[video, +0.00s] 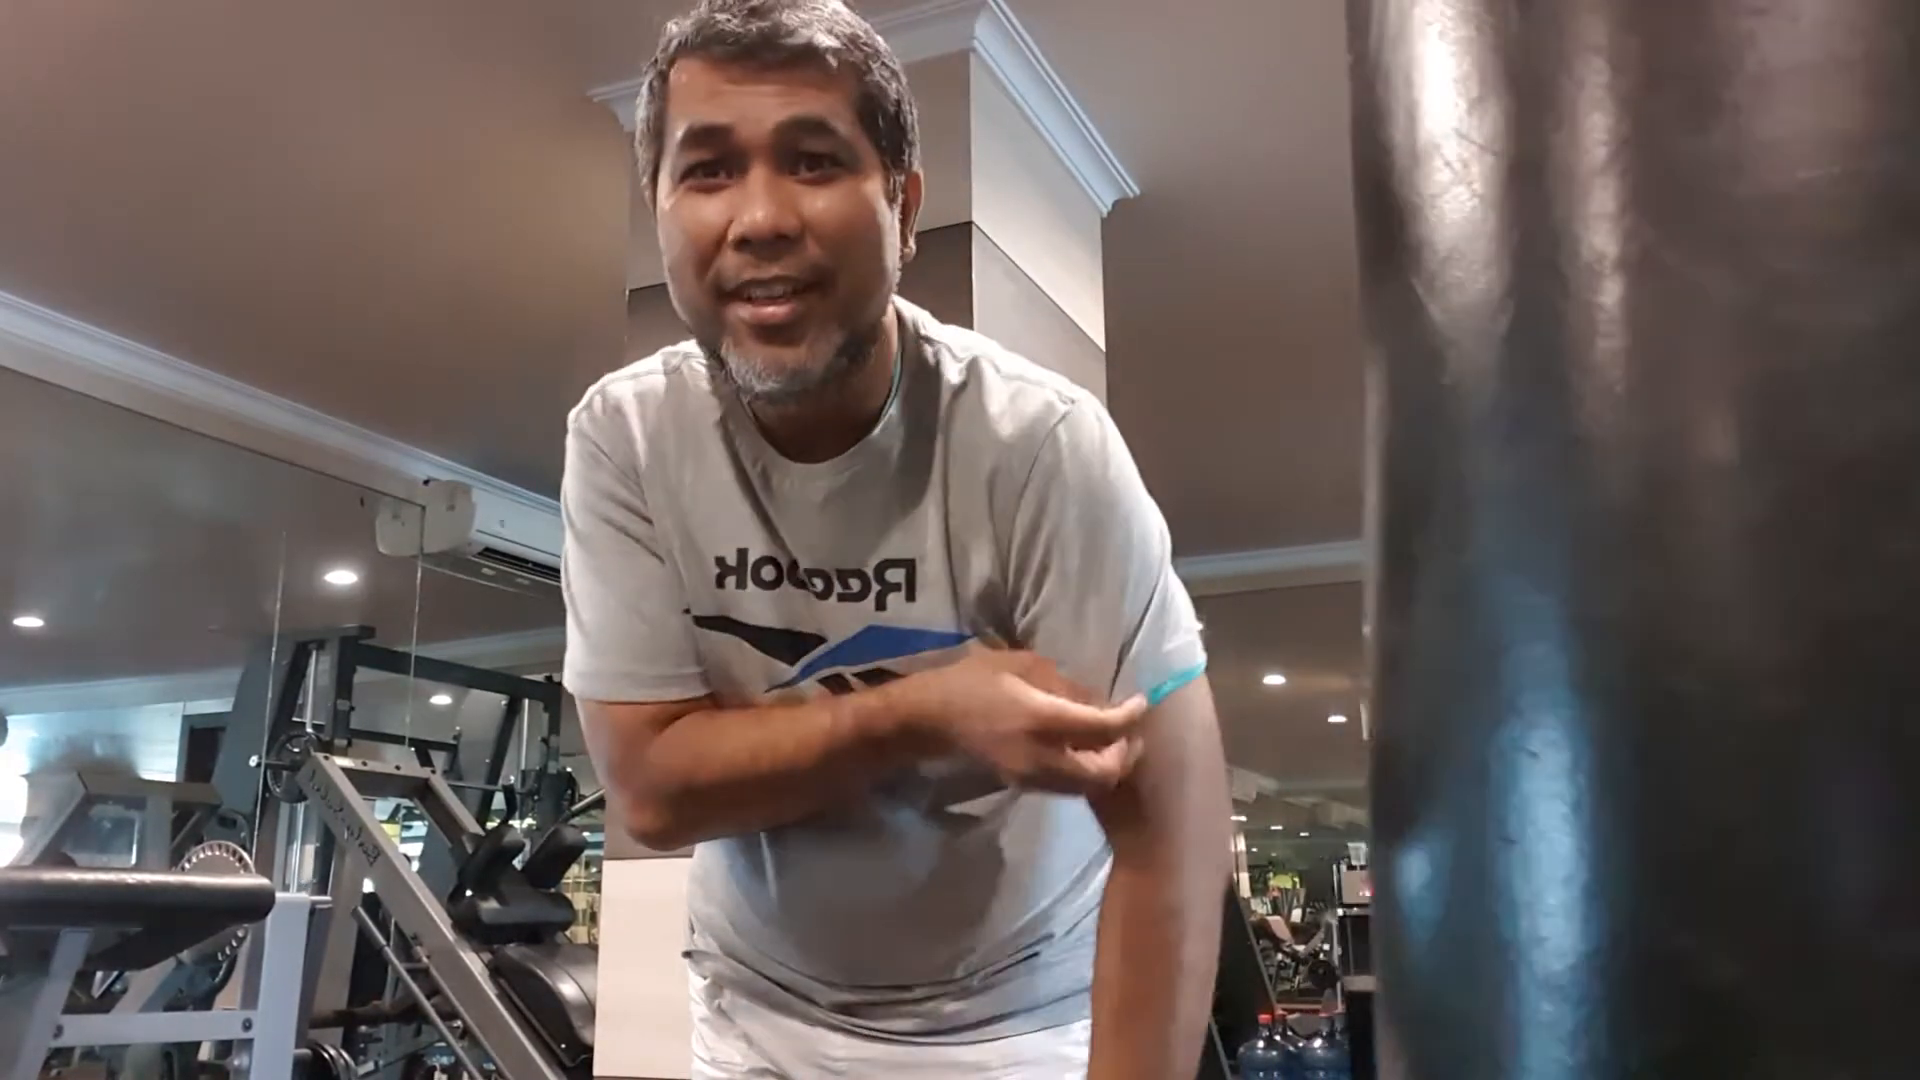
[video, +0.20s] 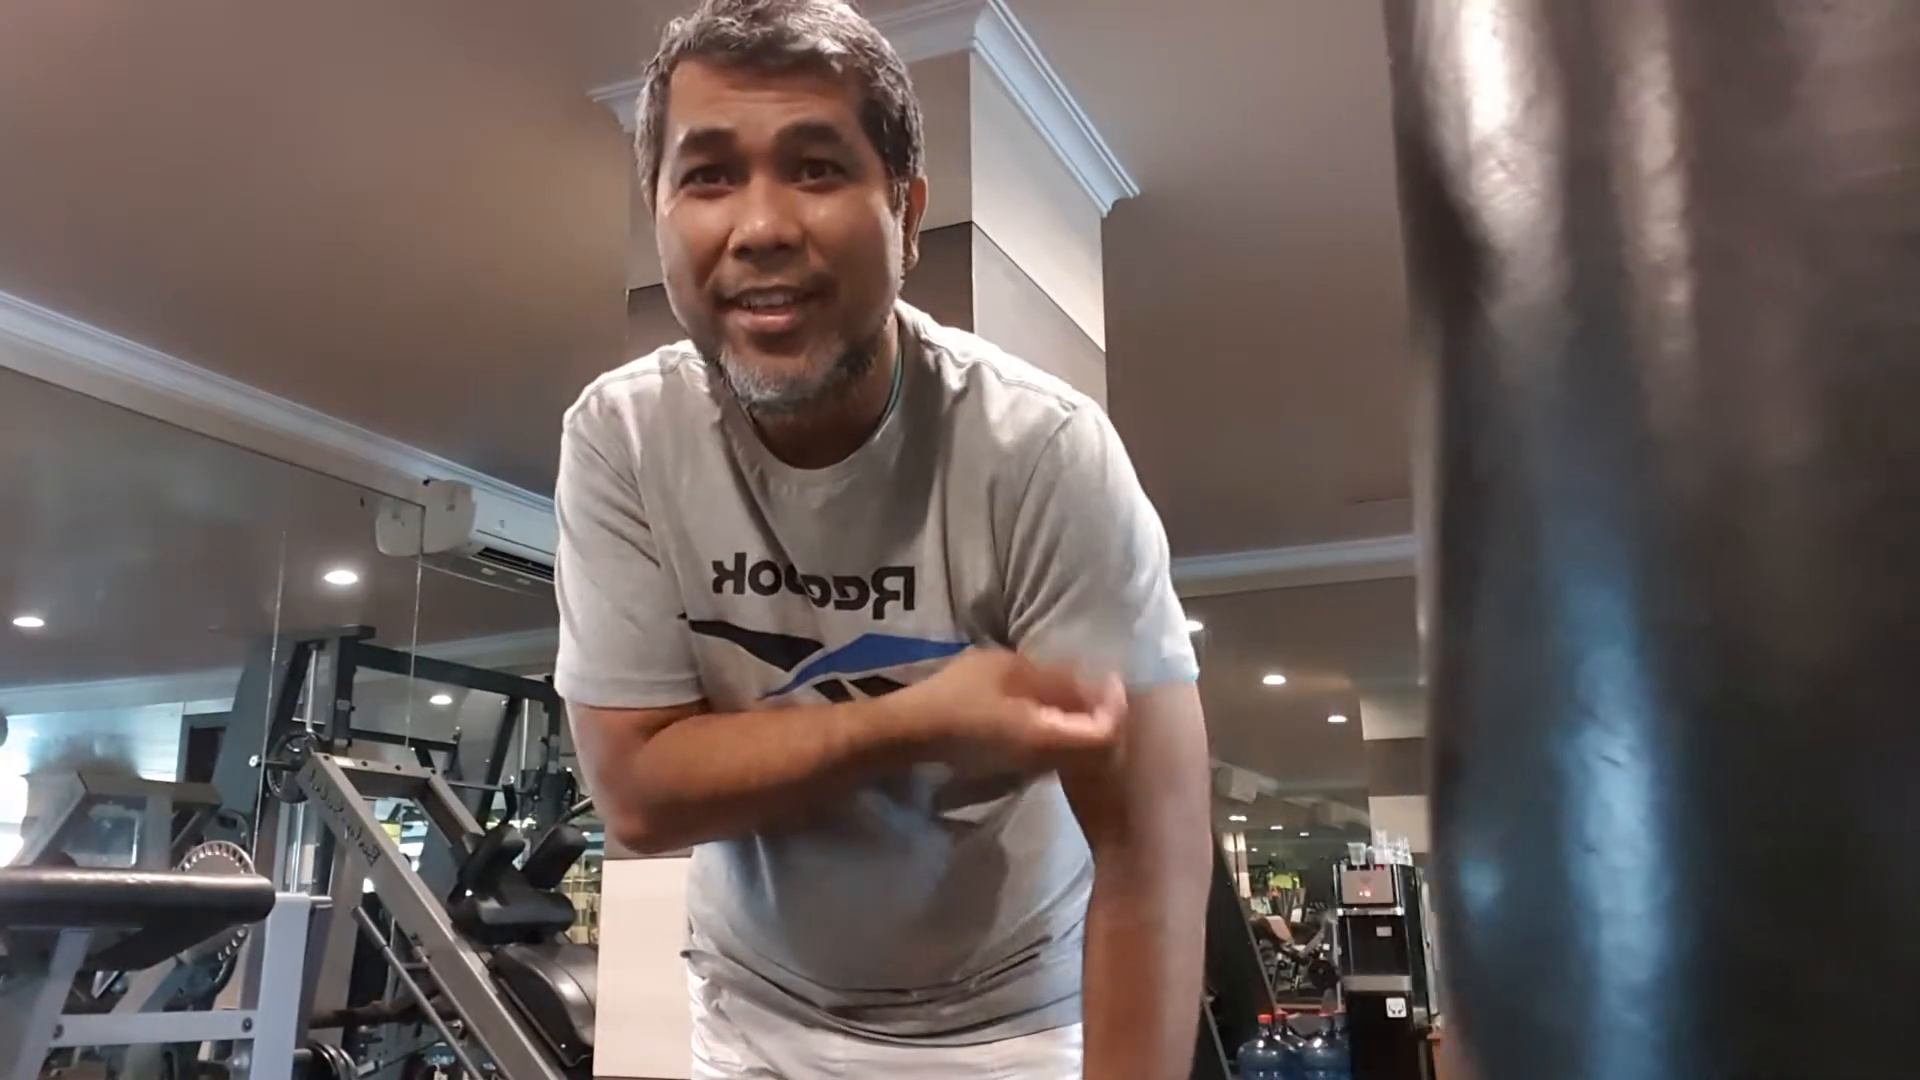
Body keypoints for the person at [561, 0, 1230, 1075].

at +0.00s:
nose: (758, 218)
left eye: (814, 163)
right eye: (707, 168)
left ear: (904, 208)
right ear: (659, 216)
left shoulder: (1043, 447)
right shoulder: (627, 435)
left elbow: (1173, 838)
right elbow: (652, 790)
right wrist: (923, 713)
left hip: (1018, 1024)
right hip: (756, 1014)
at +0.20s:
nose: (763, 228)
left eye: (818, 169)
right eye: (710, 175)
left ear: (908, 214)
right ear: (656, 222)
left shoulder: (1047, 457)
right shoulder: (622, 438)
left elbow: (1152, 848)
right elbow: (641, 793)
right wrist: (921, 720)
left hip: (1018, 1022)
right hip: (757, 1014)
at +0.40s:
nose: (768, 227)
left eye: (824, 168)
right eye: (716, 174)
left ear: (912, 211)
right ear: (662, 218)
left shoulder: (1047, 452)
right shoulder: (623, 440)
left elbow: (1150, 856)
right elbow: (638, 795)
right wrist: (909, 729)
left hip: (1008, 1021)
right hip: (753, 1011)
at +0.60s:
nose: (769, 232)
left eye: (826, 173)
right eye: (717, 178)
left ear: (913, 217)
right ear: (661, 220)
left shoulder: (1043, 457)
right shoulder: (623, 440)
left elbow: (1144, 849)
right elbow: (624, 790)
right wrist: (890, 754)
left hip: (1006, 1028)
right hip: (752, 1014)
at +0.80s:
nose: (764, 238)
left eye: (821, 179)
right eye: (711, 183)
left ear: (909, 219)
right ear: (655, 225)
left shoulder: (1041, 462)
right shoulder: (616, 446)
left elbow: (1138, 855)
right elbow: (620, 793)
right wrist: (873, 750)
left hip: (1000, 1027)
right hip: (749, 1012)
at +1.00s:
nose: (764, 241)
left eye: (823, 182)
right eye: (713, 184)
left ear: (910, 221)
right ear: (657, 224)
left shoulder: (1034, 462)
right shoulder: (612, 443)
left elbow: (1162, 866)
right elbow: (593, 785)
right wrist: (854, 754)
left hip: (1012, 1028)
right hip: (749, 1014)